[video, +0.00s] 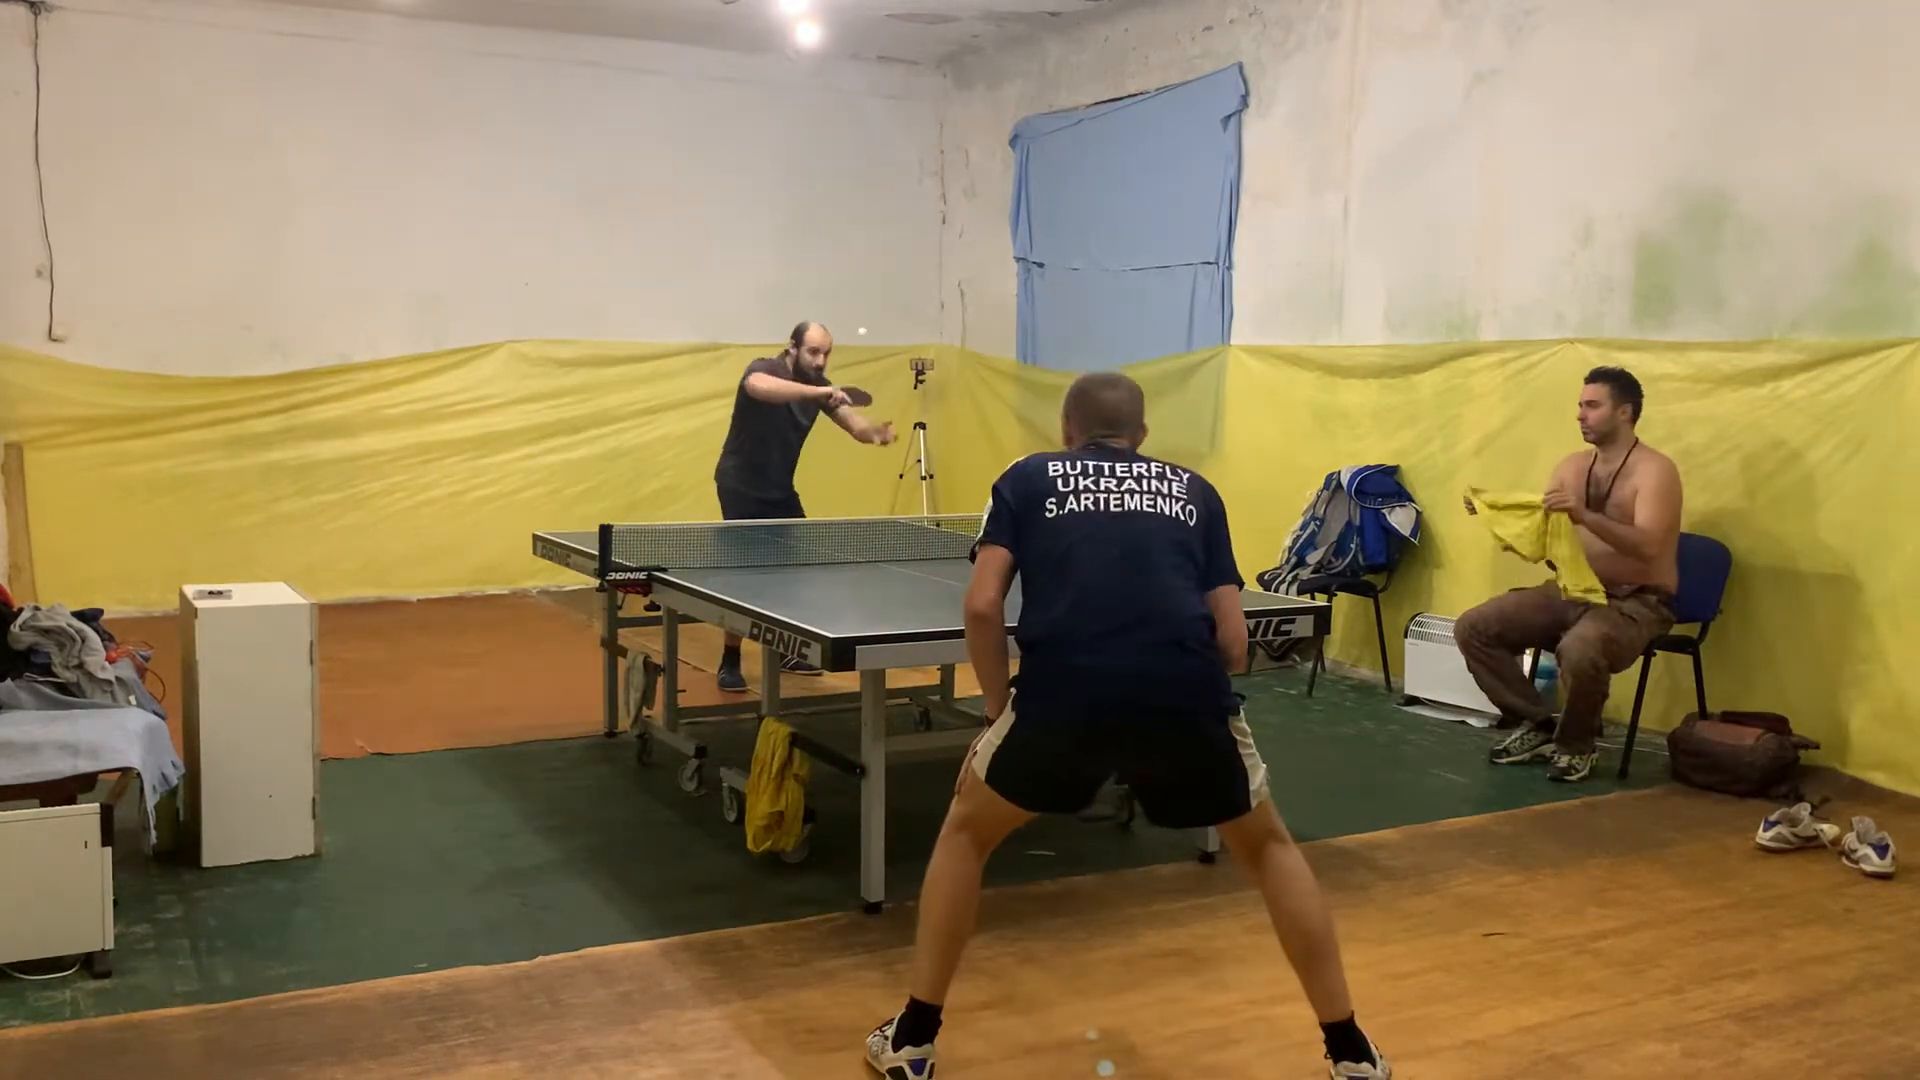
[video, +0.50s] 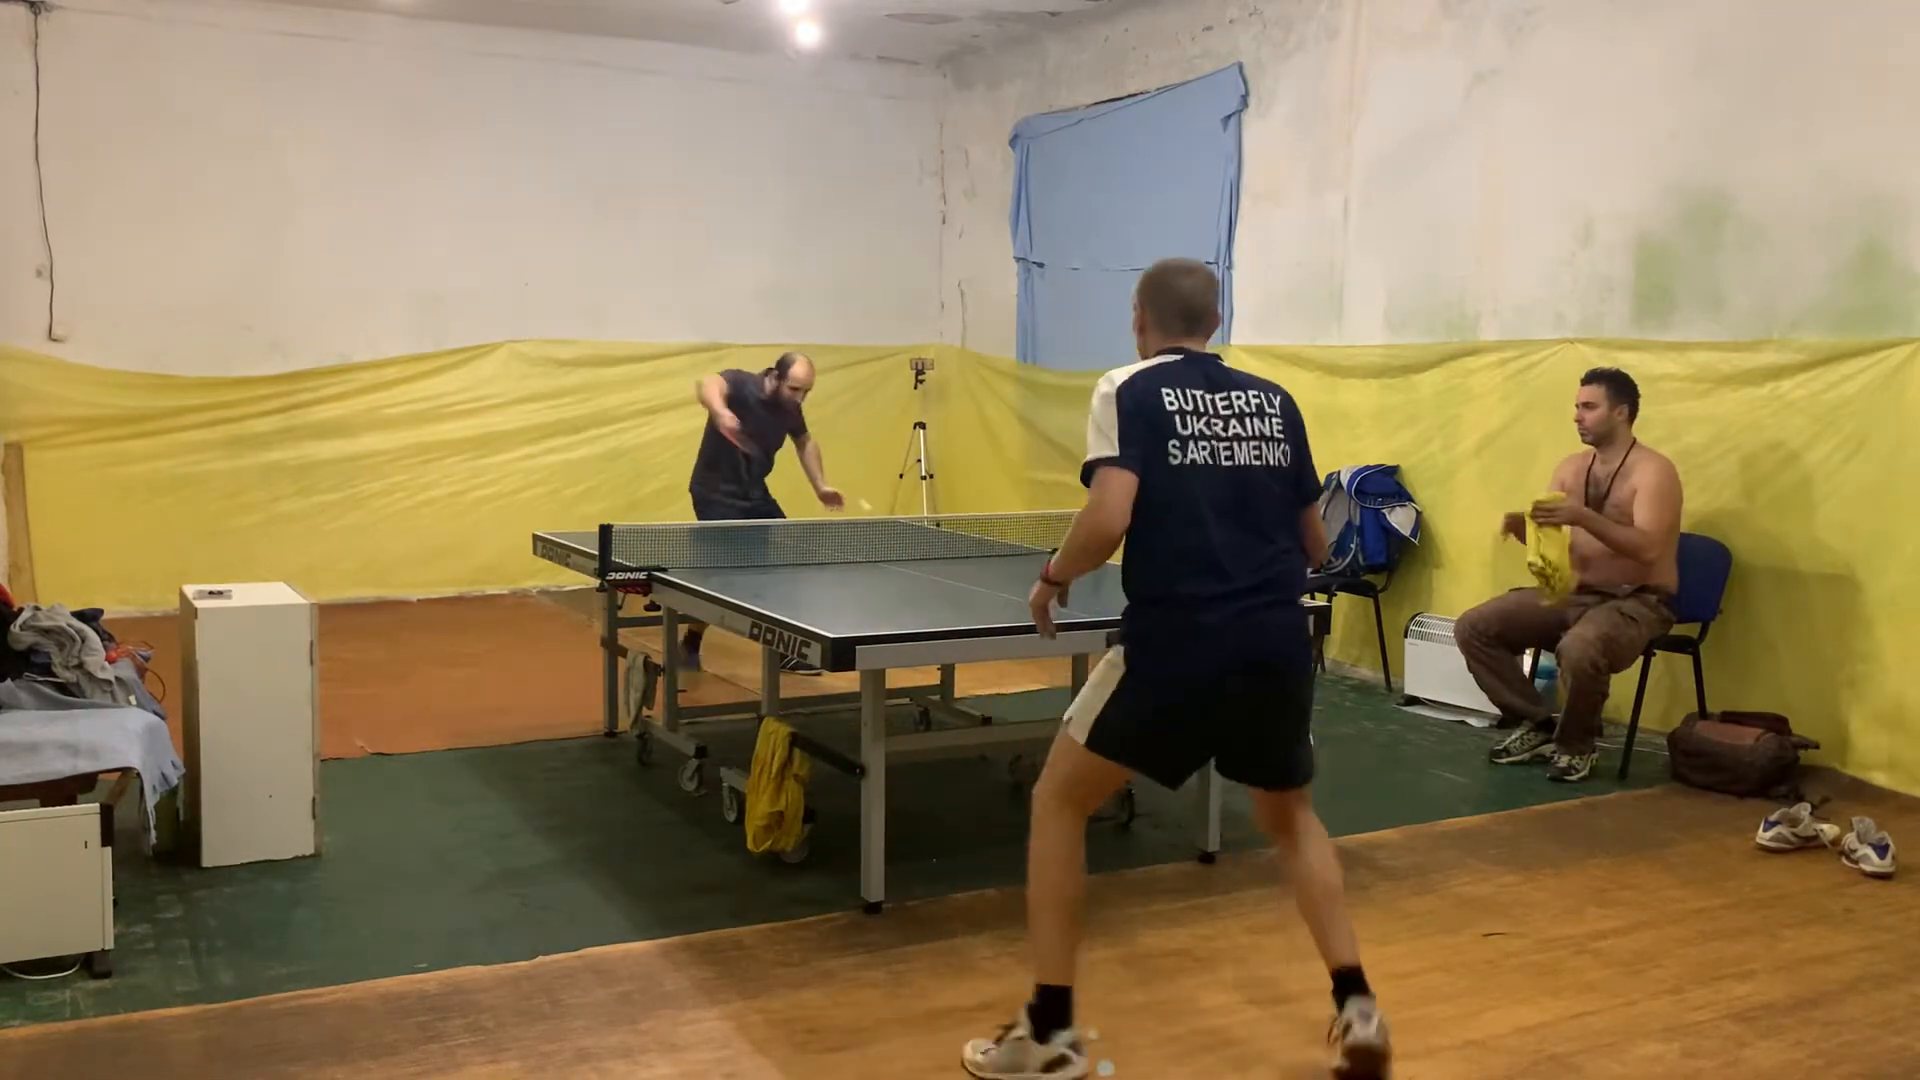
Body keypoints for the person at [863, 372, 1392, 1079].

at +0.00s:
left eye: (1060, 429)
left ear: (1068, 431)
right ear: (1144, 436)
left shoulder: (1028, 478)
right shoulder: (1193, 490)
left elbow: (982, 606)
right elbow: (1232, 640)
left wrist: (999, 710)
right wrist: (1190, 694)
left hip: (1062, 704)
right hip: (1185, 707)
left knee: (967, 835)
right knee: (1268, 847)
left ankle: (915, 1032)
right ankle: (1349, 1047)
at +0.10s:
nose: (1078, 419)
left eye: (1076, 410)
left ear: (1079, 415)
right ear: (1155, 418)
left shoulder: (1035, 467)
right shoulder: (1202, 481)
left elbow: (983, 599)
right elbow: (1238, 637)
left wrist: (996, 700)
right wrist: (1184, 664)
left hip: (1062, 703)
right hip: (1182, 704)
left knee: (969, 834)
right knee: (1267, 843)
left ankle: (914, 1034)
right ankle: (1348, 1042)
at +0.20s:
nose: (1093, 393)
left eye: (1094, 383)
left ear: (1099, 389)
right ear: (1175, 393)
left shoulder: (1058, 447)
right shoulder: (1222, 462)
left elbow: (1004, 580)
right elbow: (1259, 620)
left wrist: (1001, 687)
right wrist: (1213, 653)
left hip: (1079, 697)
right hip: (1195, 697)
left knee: (982, 836)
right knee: (1271, 836)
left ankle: (915, 1033)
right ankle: (1348, 1039)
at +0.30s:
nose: (1118, 369)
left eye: (1117, 358)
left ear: (1124, 363)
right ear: (1201, 366)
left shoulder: (1090, 427)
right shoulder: (1253, 441)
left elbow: (1050, 550)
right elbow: (1287, 594)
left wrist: (1020, 655)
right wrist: (1217, 613)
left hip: (1116, 687)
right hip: (1230, 689)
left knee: (1011, 841)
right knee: (1282, 840)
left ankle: (920, 1029)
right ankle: (1350, 1043)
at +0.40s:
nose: (1130, 348)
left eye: (1131, 336)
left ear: (1139, 341)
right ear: (1216, 345)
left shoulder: (1118, 410)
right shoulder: (1272, 419)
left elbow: (1095, 536)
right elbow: (1312, 565)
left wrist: (1042, 607)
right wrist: (1238, 579)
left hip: (1156, 670)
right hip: (1265, 670)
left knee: (1039, 824)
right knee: (1293, 845)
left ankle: (958, 1022)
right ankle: (1352, 1048)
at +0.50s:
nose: (1132, 333)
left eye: (1133, 322)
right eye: (1140, 323)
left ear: (1141, 326)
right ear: (1215, 327)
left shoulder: (1126, 389)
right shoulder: (1276, 399)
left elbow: (1109, 517)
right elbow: (1316, 542)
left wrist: (1057, 572)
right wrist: (1249, 535)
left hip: (1169, 650)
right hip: (1277, 650)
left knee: (1061, 799)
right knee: (1292, 814)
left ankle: (1048, 1027)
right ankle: (1356, 1000)